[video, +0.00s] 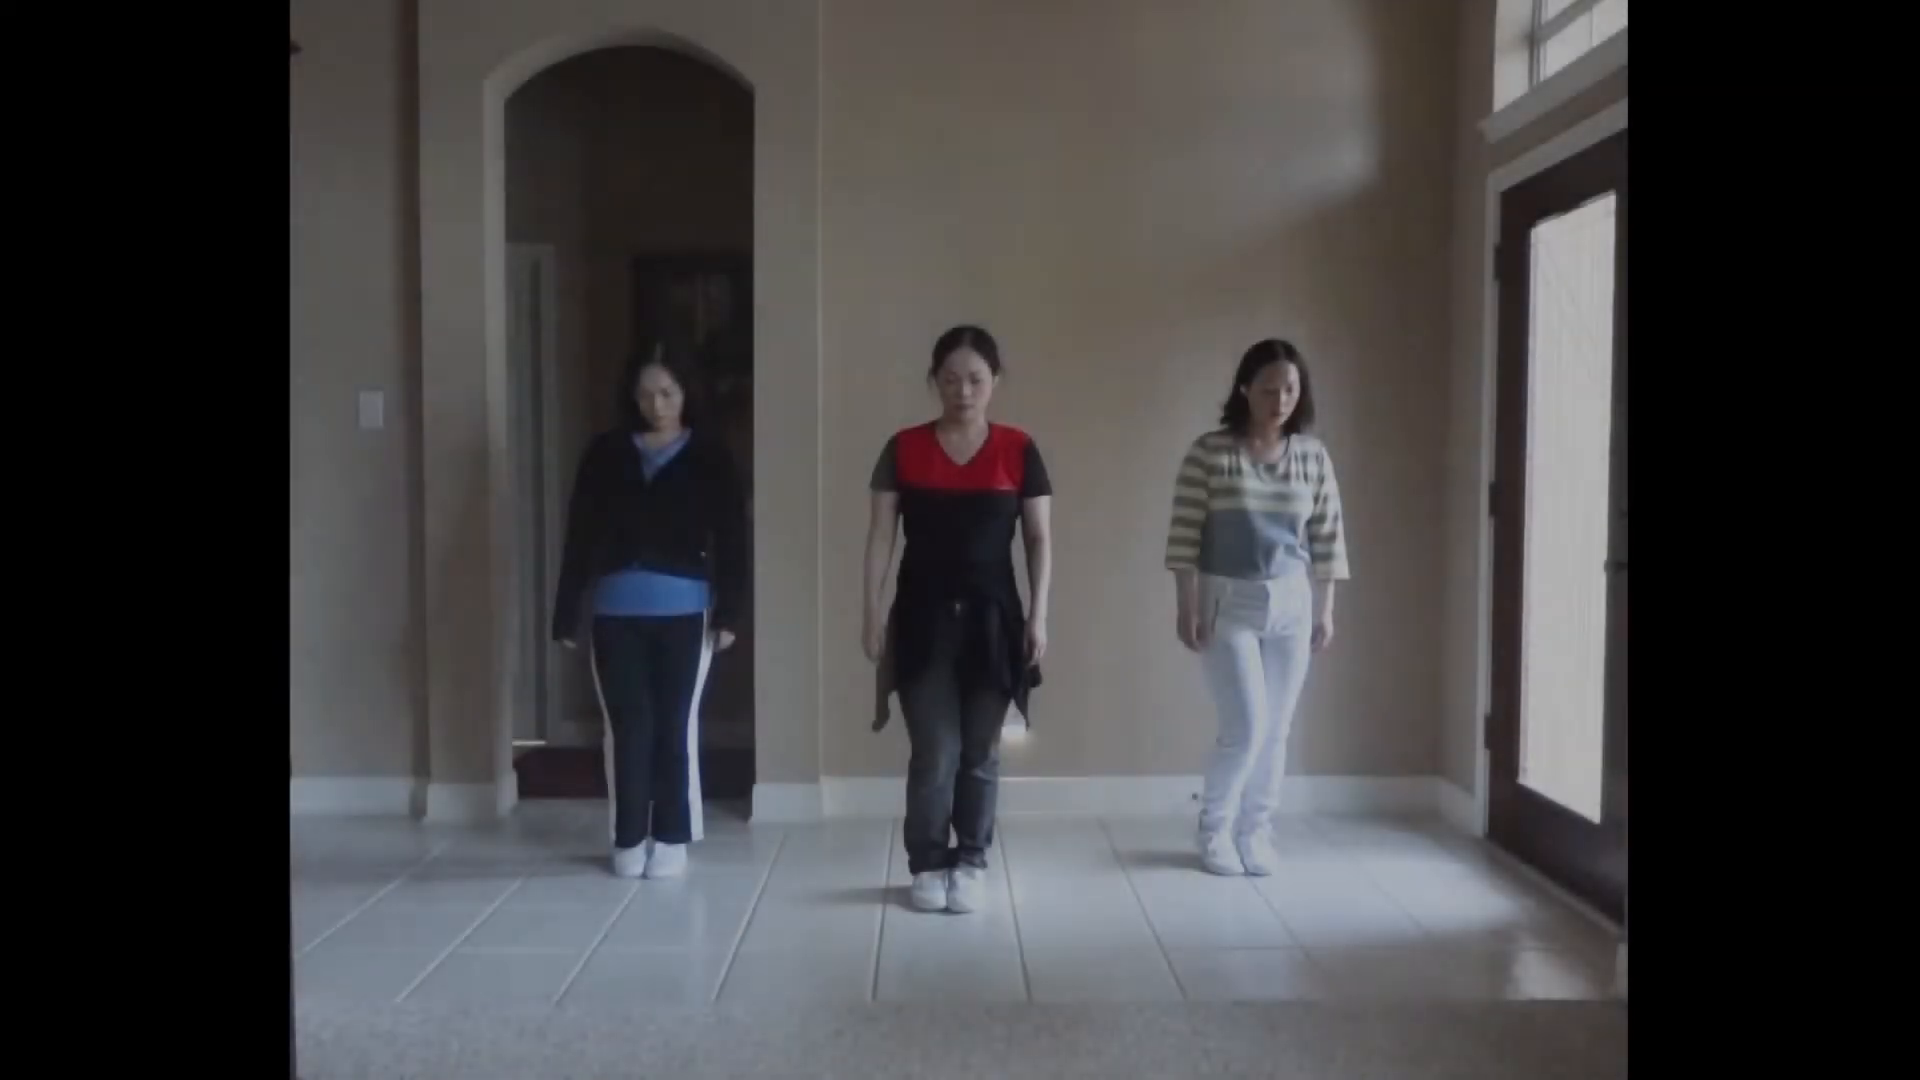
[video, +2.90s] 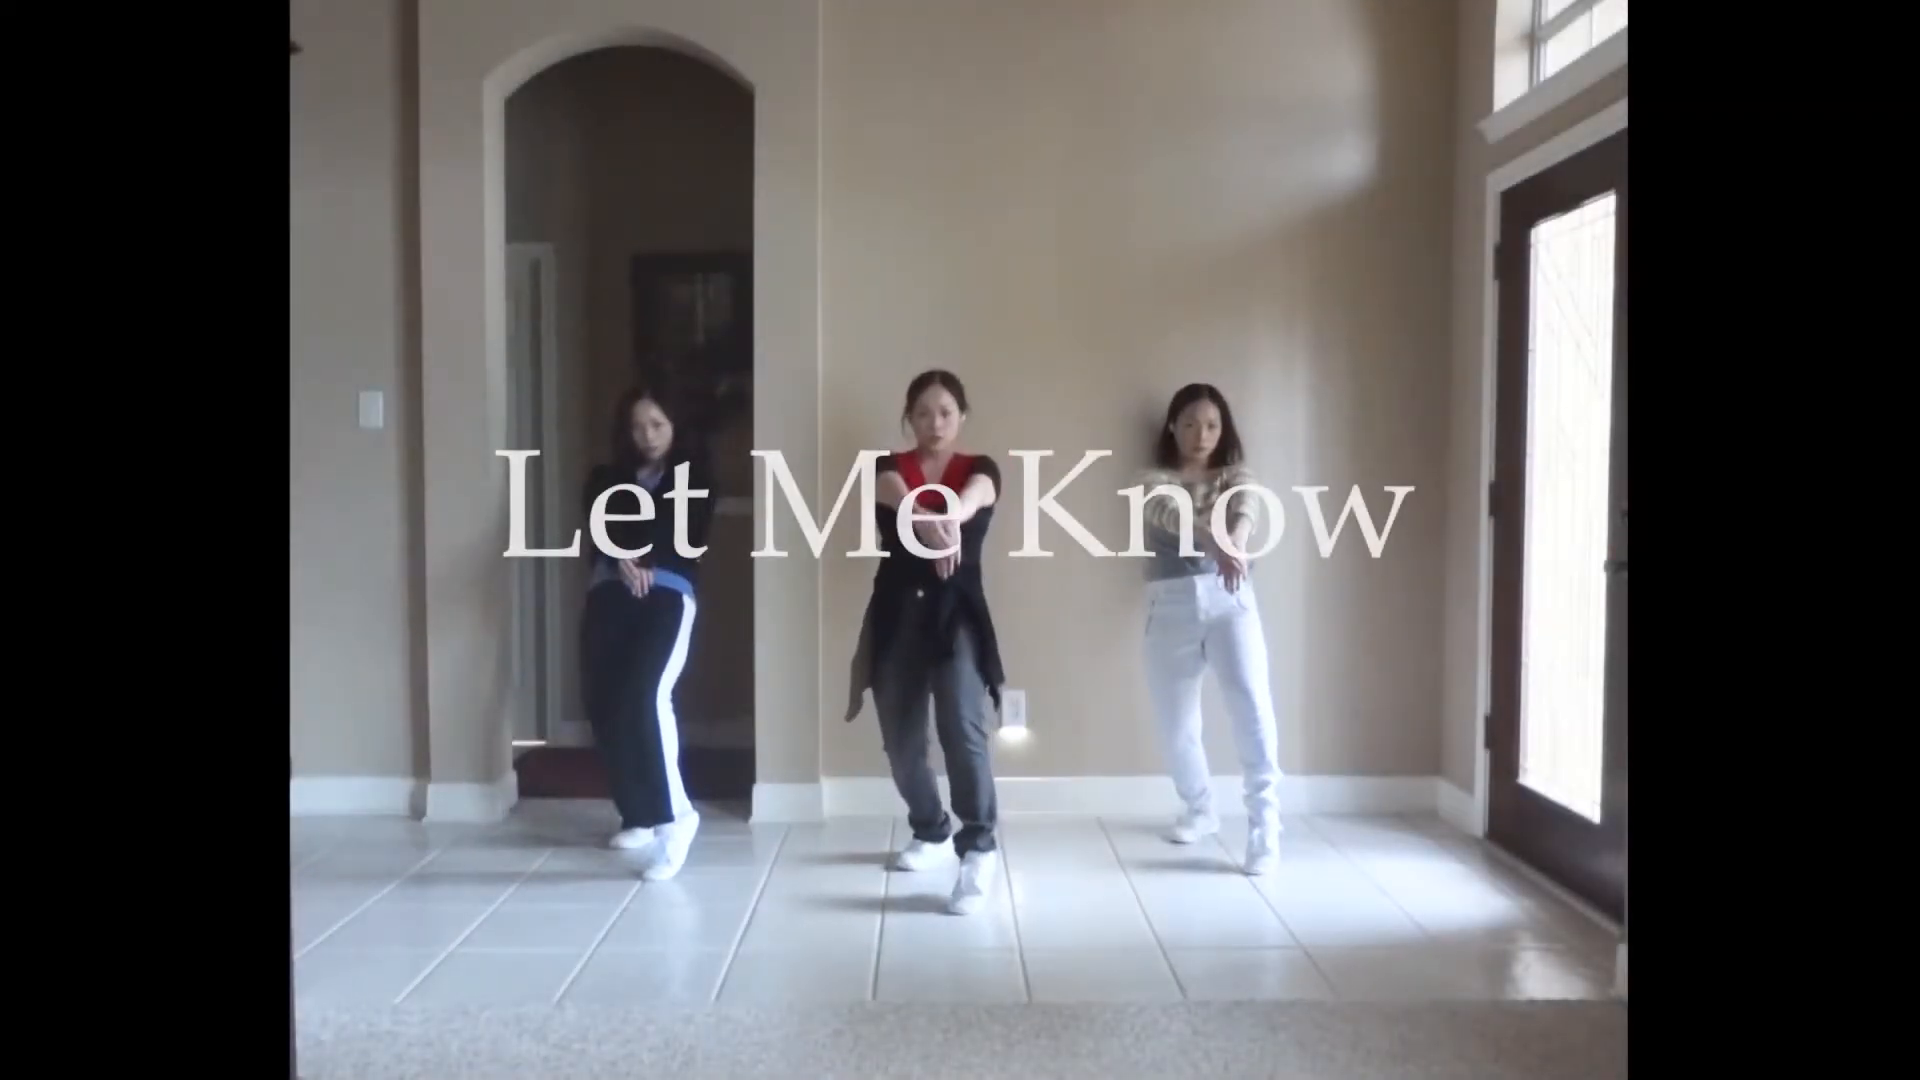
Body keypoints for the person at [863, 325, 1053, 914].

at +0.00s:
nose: (963, 388)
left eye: (975, 378)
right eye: (952, 377)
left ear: (993, 382)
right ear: (936, 381)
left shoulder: (1018, 450)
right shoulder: (905, 448)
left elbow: (1039, 539)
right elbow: (881, 536)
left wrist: (1038, 618)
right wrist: (873, 616)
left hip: (993, 618)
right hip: (923, 617)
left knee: (979, 751)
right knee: (935, 751)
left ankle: (969, 863)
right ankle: (928, 868)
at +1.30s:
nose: (961, 394)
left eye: (973, 383)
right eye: (949, 382)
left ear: (992, 388)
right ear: (933, 386)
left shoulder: (1017, 453)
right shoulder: (903, 451)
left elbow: (1079, 515)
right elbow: (841, 509)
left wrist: (1050, 568)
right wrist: (843, 569)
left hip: (990, 620)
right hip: (921, 619)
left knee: (981, 756)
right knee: (933, 753)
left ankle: (970, 867)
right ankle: (927, 869)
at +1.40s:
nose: (961, 403)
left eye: (973, 392)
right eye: (949, 392)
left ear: (991, 397)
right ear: (933, 397)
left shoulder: (1018, 459)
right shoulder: (905, 458)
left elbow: (1093, 505)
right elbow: (839, 496)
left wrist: (1063, 493)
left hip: (991, 626)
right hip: (922, 627)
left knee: (988, 752)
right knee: (933, 752)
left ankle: (971, 865)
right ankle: (924, 863)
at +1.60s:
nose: (960, 393)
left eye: (971, 382)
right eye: (948, 384)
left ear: (990, 391)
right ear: (934, 394)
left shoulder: (1017, 453)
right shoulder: (906, 451)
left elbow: (1083, 444)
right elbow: (835, 455)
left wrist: (1045, 416)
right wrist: (874, 417)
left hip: (987, 615)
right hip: (920, 614)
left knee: (984, 753)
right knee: (916, 758)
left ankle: (972, 863)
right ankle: (928, 816)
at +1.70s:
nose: (953, 371)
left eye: (966, 362)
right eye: (943, 363)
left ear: (987, 377)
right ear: (930, 379)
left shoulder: (1009, 440)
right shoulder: (905, 435)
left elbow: (1065, 380)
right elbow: (847, 380)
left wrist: (1003, 361)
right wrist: (903, 368)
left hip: (983, 608)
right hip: (917, 607)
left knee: (979, 747)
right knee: (913, 743)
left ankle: (972, 862)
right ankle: (929, 821)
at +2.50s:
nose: (940, 412)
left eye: (950, 402)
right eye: (929, 403)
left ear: (966, 409)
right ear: (912, 412)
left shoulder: (986, 461)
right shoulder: (886, 458)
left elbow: (986, 456)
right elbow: (883, 466)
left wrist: (961, 441)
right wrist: (916, 433)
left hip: (964, 612)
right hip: (901, 612)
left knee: (972, 732)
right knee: (911, 739)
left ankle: (983, 852)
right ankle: (931, 831)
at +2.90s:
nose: (936, 422)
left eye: (946, 412)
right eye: (925, 412)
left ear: (962, 418)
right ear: (909, 419)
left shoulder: (980, 469)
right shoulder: (886, 468)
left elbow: (975, 496)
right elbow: (899, 501)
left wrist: (951, 520)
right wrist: (931, 530)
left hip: (956, 613)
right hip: (897, 614)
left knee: (962, 728)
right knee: (902, 739)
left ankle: (977, 848)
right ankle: (931, 831)